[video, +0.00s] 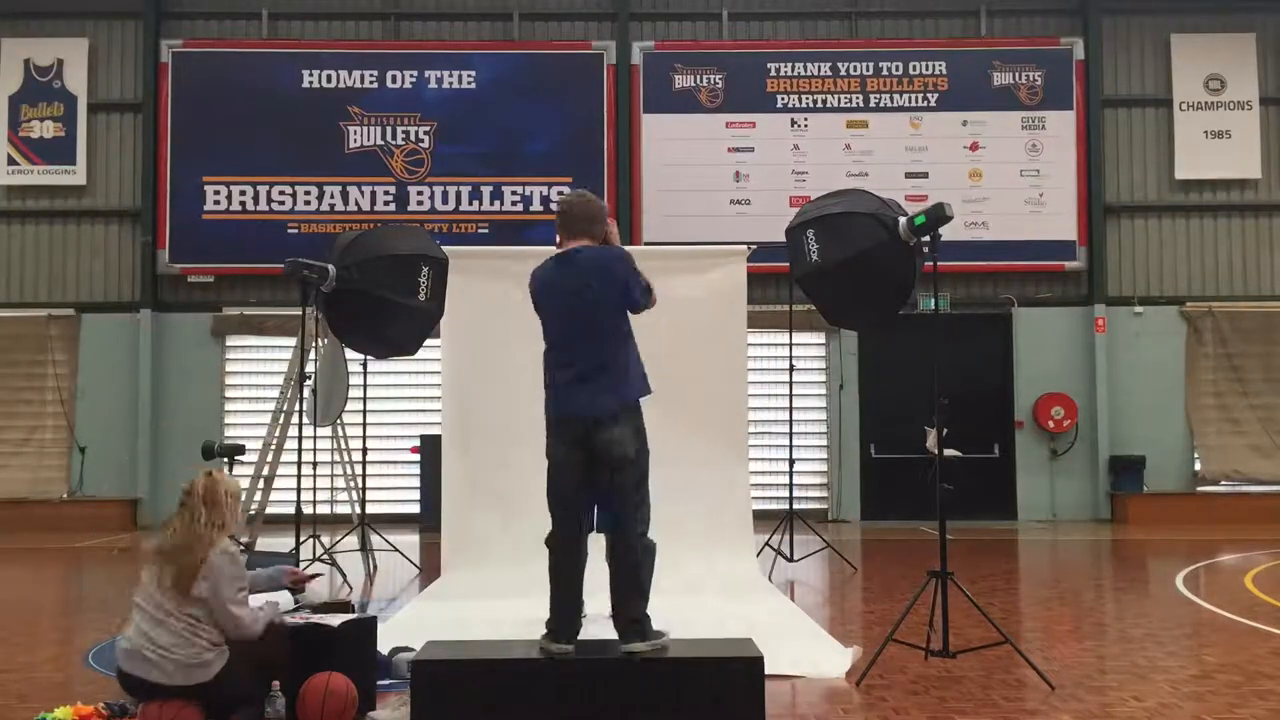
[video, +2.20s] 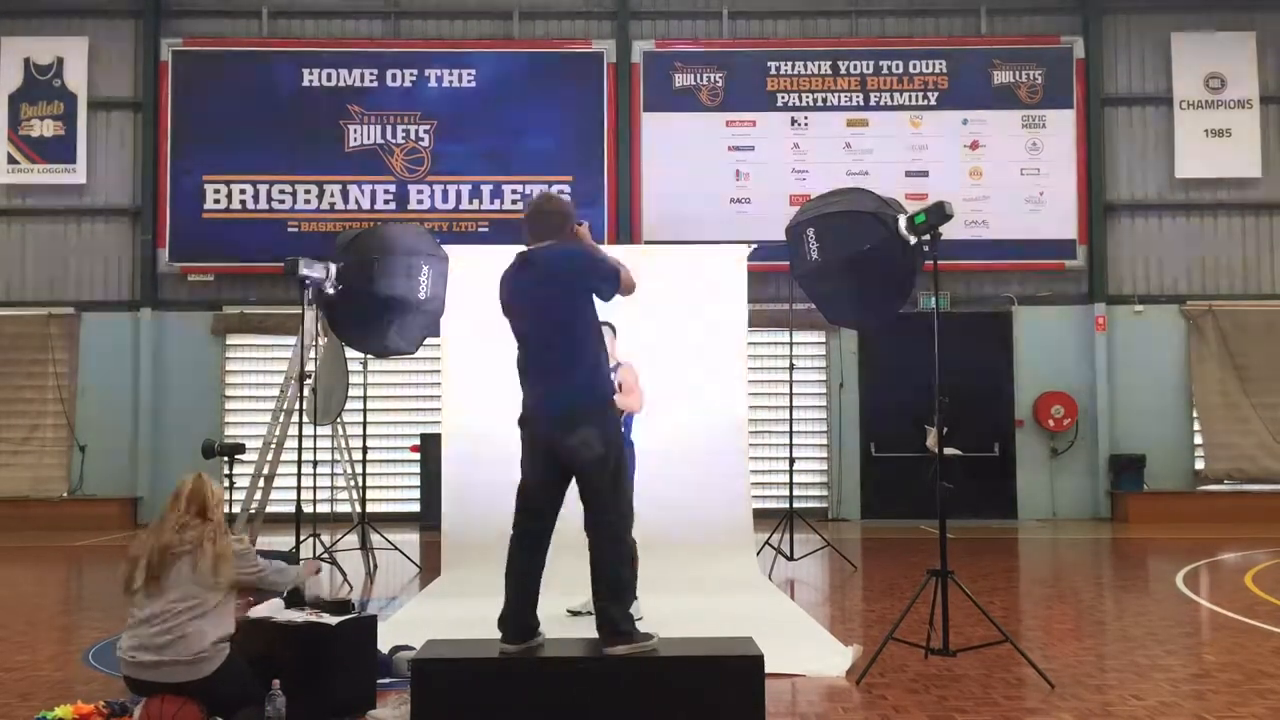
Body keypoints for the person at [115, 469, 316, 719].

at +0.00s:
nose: (241, 511)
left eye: (240, 503)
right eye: (238, 504)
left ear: (190, 503)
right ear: (226, 509)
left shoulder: (166, 541)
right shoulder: (223, 554)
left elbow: (212, 582)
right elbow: (241, 626)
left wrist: (278, 577)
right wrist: (273, 609)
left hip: (132, 672)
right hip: (185, 678)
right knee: (254, 686)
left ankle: (138, 703)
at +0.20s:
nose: (210, 523)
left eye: (211, 518)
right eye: (210, 518)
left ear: (168, 510)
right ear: (203, 515)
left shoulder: (139, 539)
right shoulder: (212, 546)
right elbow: (235, 621)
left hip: (133, 678)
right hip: (194, 678)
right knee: (251, 698)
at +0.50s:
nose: (222, 519)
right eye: (220, 513)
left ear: (173, 508)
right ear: (214, 514)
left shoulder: (141, 541)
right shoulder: (223, 551)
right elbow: (257, 610)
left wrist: (222, 606)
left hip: (134, 680)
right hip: (194, 680)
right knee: (253, 700)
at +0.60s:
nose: (222, 519)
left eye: (221, 512)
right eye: (221, 513)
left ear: (174, 507)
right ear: (214, 514)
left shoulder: (141, 540)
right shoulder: (222, 550)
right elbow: (258, 610)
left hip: (133, 679)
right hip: (194, 679)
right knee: (253, 701)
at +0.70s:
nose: (214, 516)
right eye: (212, 510)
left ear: (166, 506)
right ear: (205, 511)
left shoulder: (141, 541)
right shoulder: (217, 548)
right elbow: (250, 612)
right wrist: (266, 597)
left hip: (135, 678)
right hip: (193, 677)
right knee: (252, 701)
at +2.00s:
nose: (225, 514)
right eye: (222, 508)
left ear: (174, 506)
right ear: (216, 511)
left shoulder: (145, 542)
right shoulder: (225, 550)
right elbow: (259, 608)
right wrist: (277, 604)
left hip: (136, 680)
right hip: (196, 677)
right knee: (252, 700)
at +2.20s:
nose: (223, 509)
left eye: (222, 503)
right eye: (221, 504)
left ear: (176, 503)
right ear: (215, 507)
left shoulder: (149, 542)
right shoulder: (226, 546)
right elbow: (270, 575)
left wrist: (225, 607)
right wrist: (303, 571)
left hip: (137, 673)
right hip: (199, 670)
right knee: (252, 702)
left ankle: (147, 706)